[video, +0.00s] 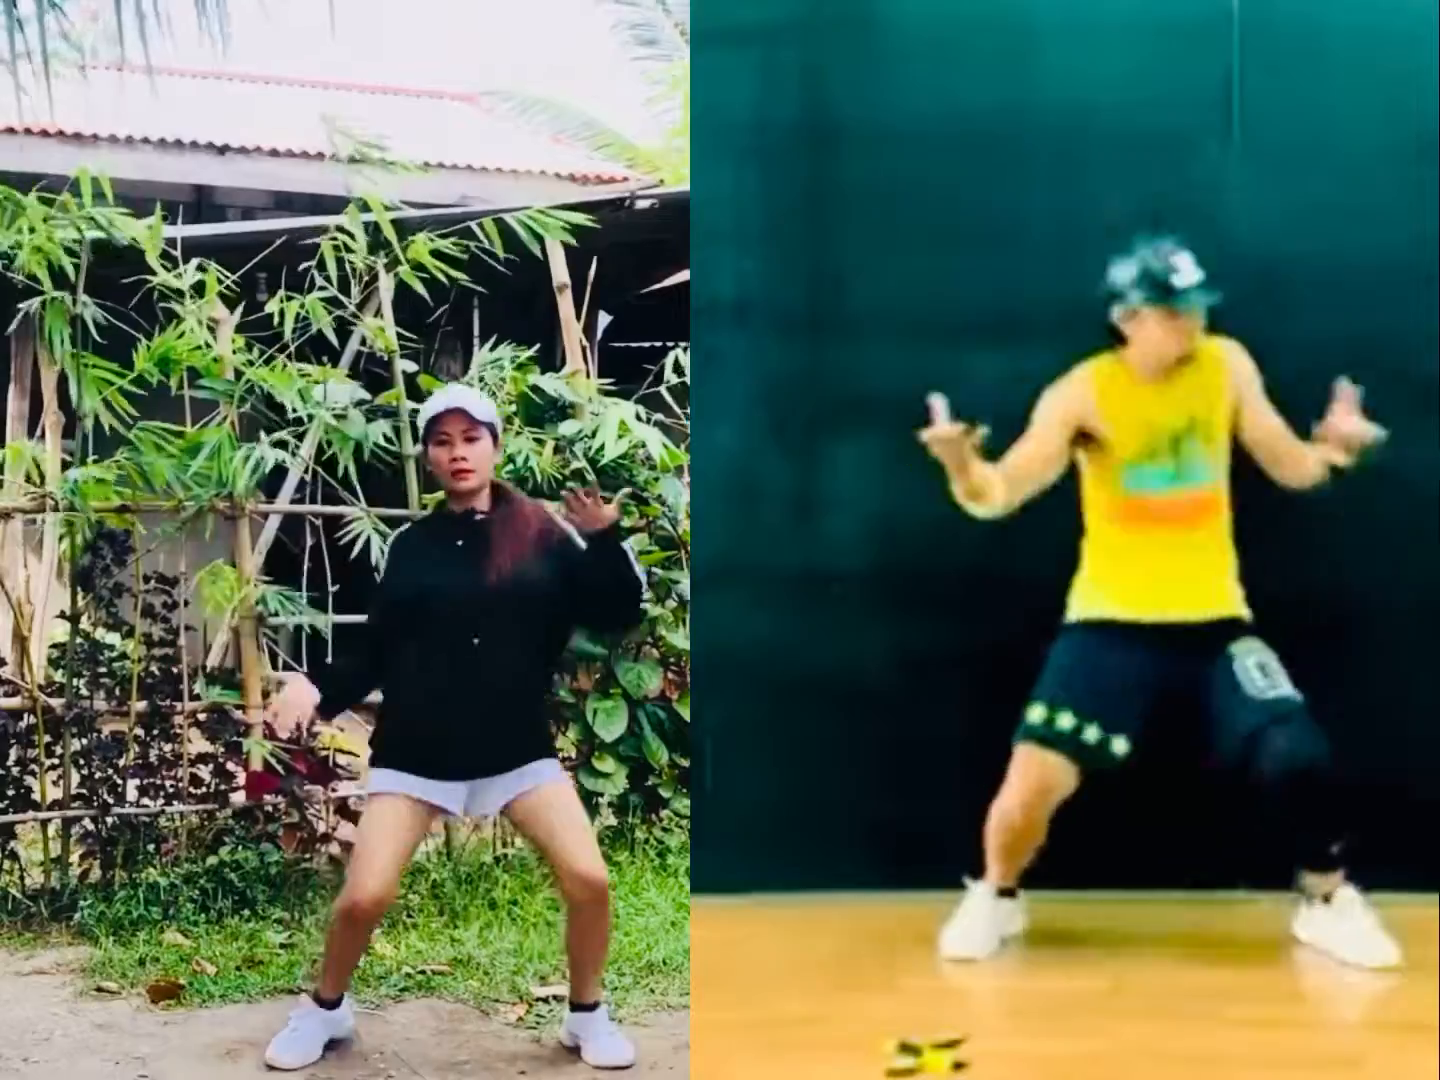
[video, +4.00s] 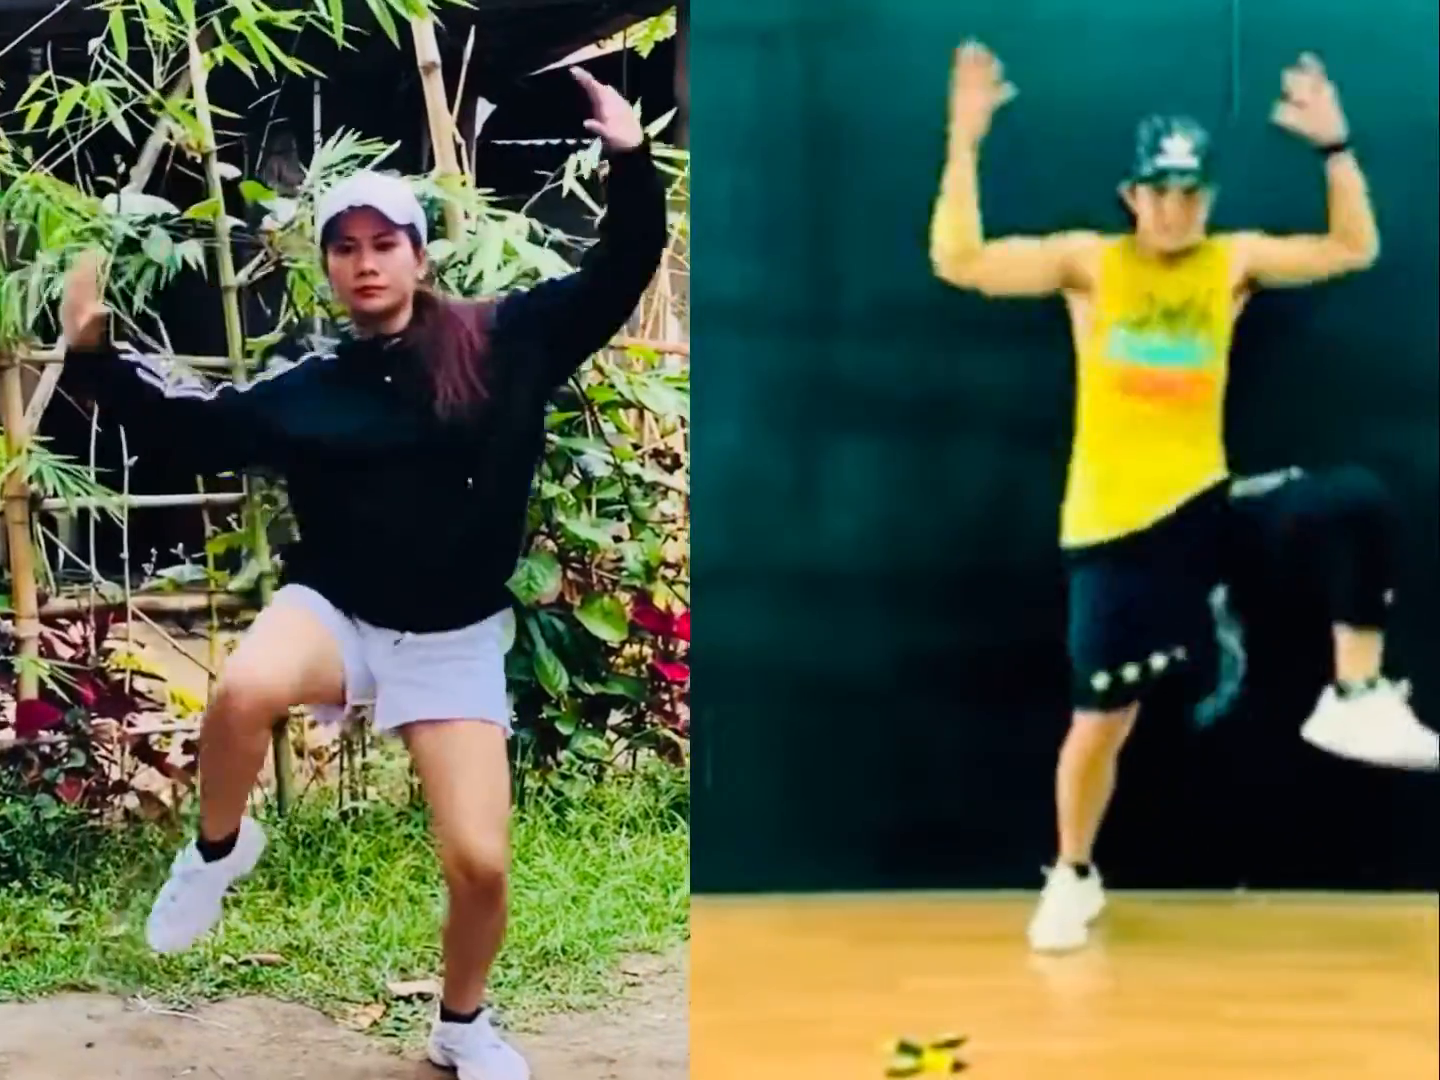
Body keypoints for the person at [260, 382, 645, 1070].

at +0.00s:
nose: (458, 453)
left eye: (471, 438)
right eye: (443, 442)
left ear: (496, 447)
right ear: (428, 458)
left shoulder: (542, 531)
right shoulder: (410, 546)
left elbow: (618, 615)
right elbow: (373, 647)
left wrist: (602, 539)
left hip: (518, 750)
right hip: (414, 754)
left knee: (590, 879)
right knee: (361, 899)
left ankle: (588, 1015)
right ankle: (322, 1010)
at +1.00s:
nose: (280, 321)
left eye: (298, 307)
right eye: (264, 305)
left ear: (326, 321)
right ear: (242, 319)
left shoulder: (354, 408)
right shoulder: (201, 425)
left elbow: (435, 534)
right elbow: (173, 547)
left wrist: (414, 473)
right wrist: (156, 557)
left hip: (349, 644)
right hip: (231, 661)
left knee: (463, 774)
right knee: (224, 853)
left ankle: (458, 929)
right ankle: (224, 1001)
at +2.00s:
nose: (384, 250)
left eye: (400, 231)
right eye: (364, 237)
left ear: (430, 242)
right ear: (345, 256)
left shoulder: (483, 346)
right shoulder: (317, 363)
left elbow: (524, 491)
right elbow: (225, 455)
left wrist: (564, 498)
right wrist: (145, 392)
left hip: (477, 607)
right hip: (359, 591)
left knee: (479, 820)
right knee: (229, 695)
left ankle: (492, 985)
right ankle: (264, 854)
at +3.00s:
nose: (176, 269)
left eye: (198, 252)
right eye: (159, 250)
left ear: (228, 273)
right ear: (130, 264)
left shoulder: (255, 389)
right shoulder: (65, 366)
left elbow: (384, 418)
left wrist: (480, 302)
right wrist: (29, 230)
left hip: (260, 593)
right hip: (143, 638)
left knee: (340, 675)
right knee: (121, 863)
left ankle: (307, 777)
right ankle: (128, 1012)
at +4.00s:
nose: (363, 263)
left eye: (382, 243)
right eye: (344, 247)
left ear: (420, 254)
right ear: (325, 268)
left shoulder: (502, 337)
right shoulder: (302, 388)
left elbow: (620, 271)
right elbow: (181, 434)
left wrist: (628, 155)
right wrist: (89, 357)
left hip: (459, 632)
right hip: (333, 612)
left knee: (482, 861)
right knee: (241, 691)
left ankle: (462, 1023)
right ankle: (216, 852)